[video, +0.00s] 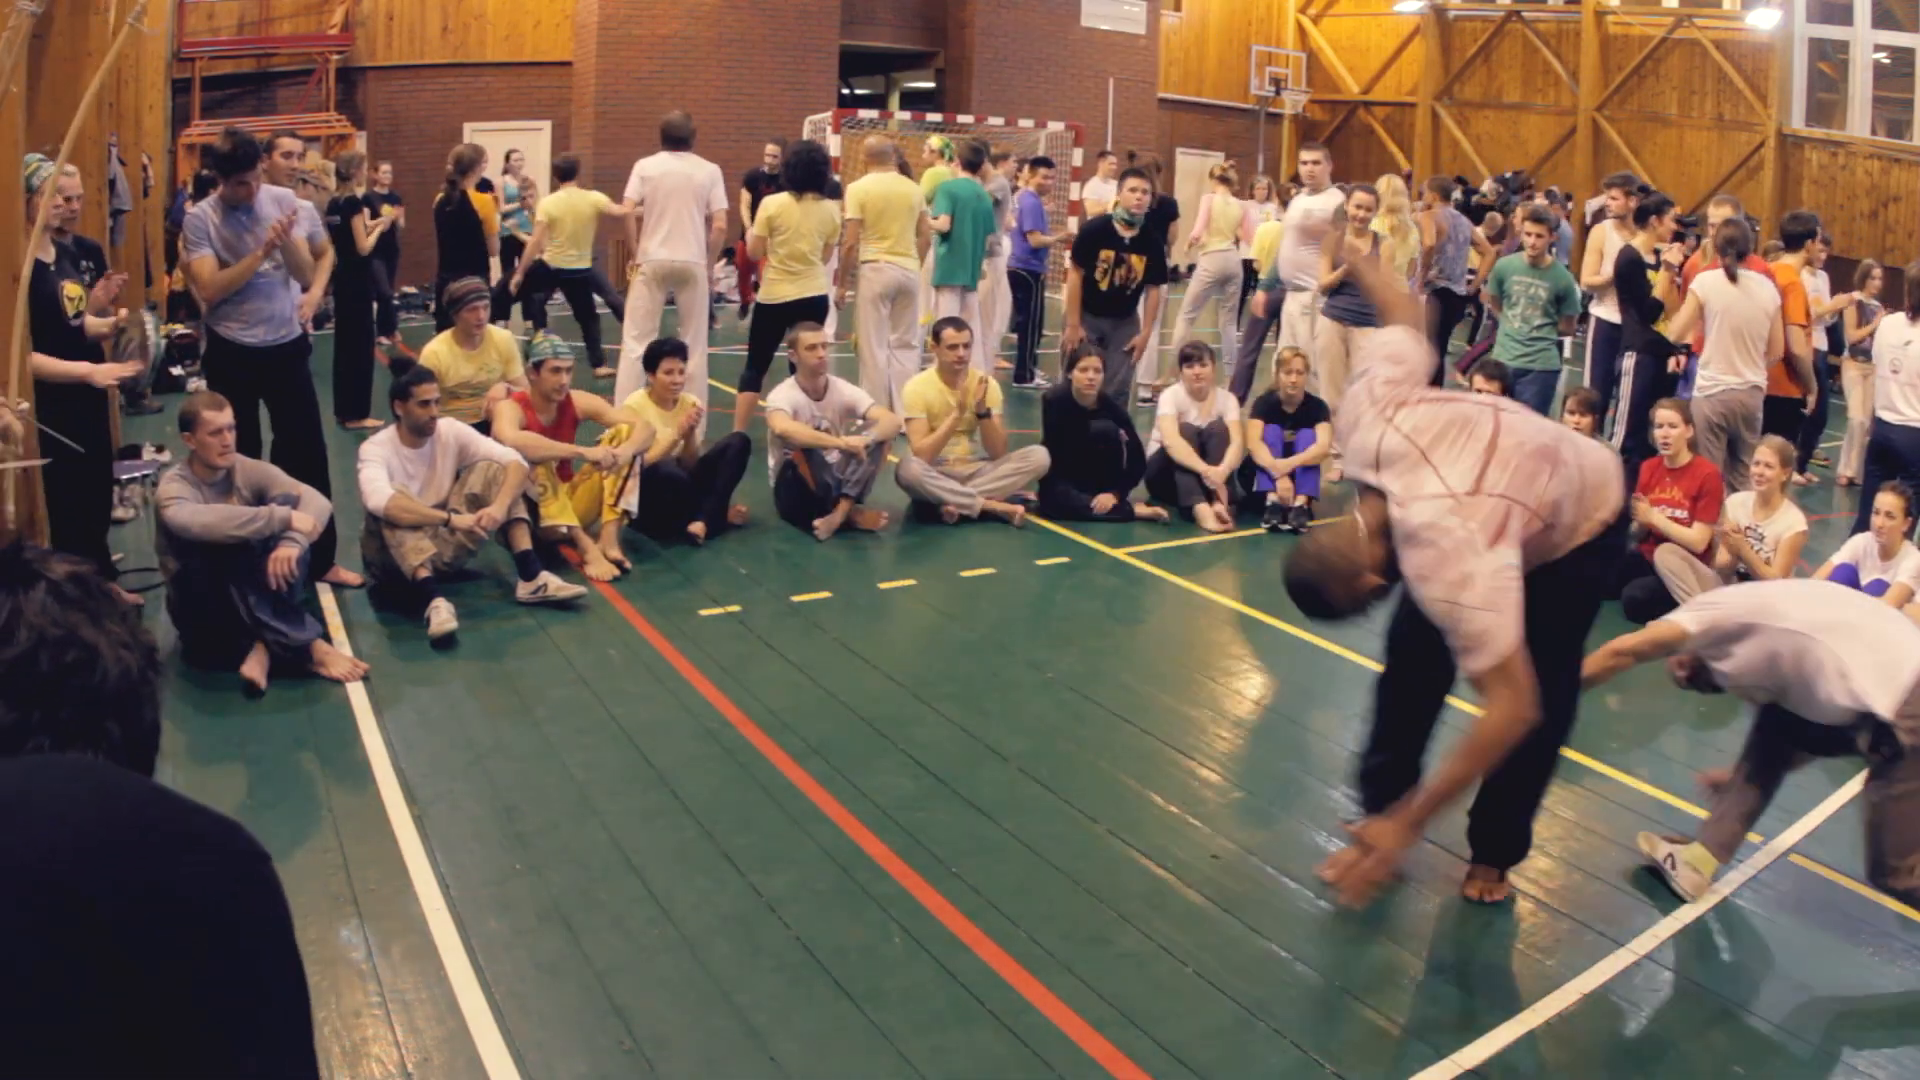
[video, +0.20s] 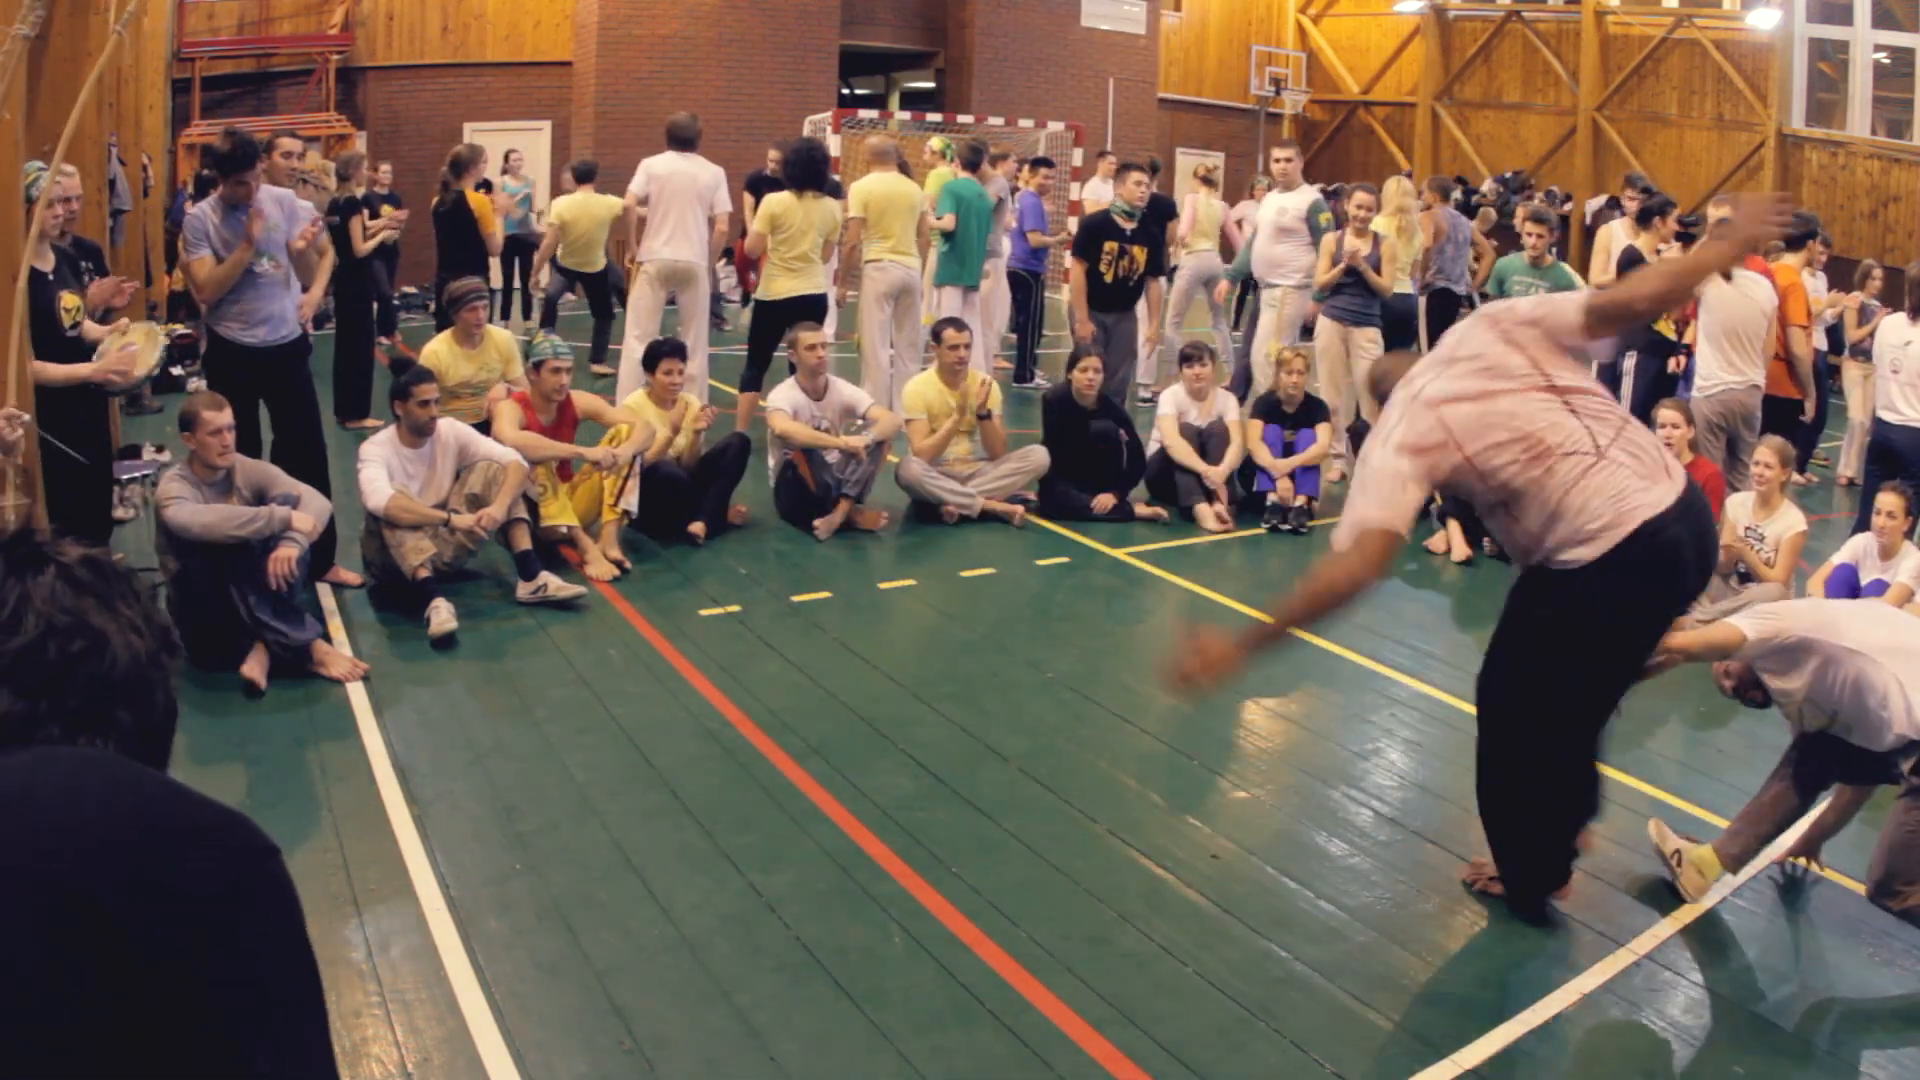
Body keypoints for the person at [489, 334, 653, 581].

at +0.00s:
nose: (564, 380)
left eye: (568, 371)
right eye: (555, 372)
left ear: (573, 371)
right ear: (532, 373)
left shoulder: (579, 402)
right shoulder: (509, 408)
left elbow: (645, 428)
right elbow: (509, 439)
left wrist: (625, 451)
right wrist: (582, 452)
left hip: (571, 504)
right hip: (527, 510)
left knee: (624, 432)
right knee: (540, 466)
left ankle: (609, 536)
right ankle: (586, 546)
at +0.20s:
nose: (564, 381)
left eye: (568, 372)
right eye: (555, 372)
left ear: (573, 372)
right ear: (532, 373)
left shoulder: (579, 402)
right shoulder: (509, 408)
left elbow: (645, 428)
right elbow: (509, 439)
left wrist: (625, 451)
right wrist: (582, 452)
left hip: (571, 504)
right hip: (526, 510)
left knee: (623, 432)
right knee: (540, 465)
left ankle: (609, 537)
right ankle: (586, 546)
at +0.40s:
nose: (564, 380)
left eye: (568, 372)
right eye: (555, 372)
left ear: (573, 371)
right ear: (532, 373)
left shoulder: (580, 402)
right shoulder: (509, 408)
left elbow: (645, 427)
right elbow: (508, 438)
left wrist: (627, 450)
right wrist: (582, 452)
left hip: (570, 506)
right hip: (527, 511)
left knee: (621, 436)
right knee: (540, 464)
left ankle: (609, 537)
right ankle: (586, 546)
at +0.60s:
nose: (563, 381)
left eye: (568, 372)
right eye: (555, 373)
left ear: (572, 372)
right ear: (532, 373)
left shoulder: (580, 402)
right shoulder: (510, 408)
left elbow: (644, 427)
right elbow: (509, 438)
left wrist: (627, 450)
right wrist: (583, 452)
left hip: (570, 507)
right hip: (527, 512)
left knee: (621, 435)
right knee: (539, 464)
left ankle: (609, 537)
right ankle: (586, 546)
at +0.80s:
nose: (562, 381)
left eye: (567, 372)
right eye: (553, 373)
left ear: (572, 372)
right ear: (532, 373)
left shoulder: (579, 401)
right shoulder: (509, 408)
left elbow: (645, 427)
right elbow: (509, 439)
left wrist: (627, 450)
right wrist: (584, 452)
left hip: (570, 507)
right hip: (526, 511)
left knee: (621, 435)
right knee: (539, 464)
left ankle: (609, 537)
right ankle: (586, 546)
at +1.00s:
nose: (561, 381)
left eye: (566, 372)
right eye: (552, 373)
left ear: (571, 371)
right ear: (530, 372)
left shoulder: (578, 401)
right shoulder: (508, 408)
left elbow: (644, 427)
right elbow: (508, 439)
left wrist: (626, 450)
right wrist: (582, 452)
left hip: (570, 507)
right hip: (526, 512)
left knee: (624, 433)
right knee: (539, 465)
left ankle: (609, 537)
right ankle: (586, 546)